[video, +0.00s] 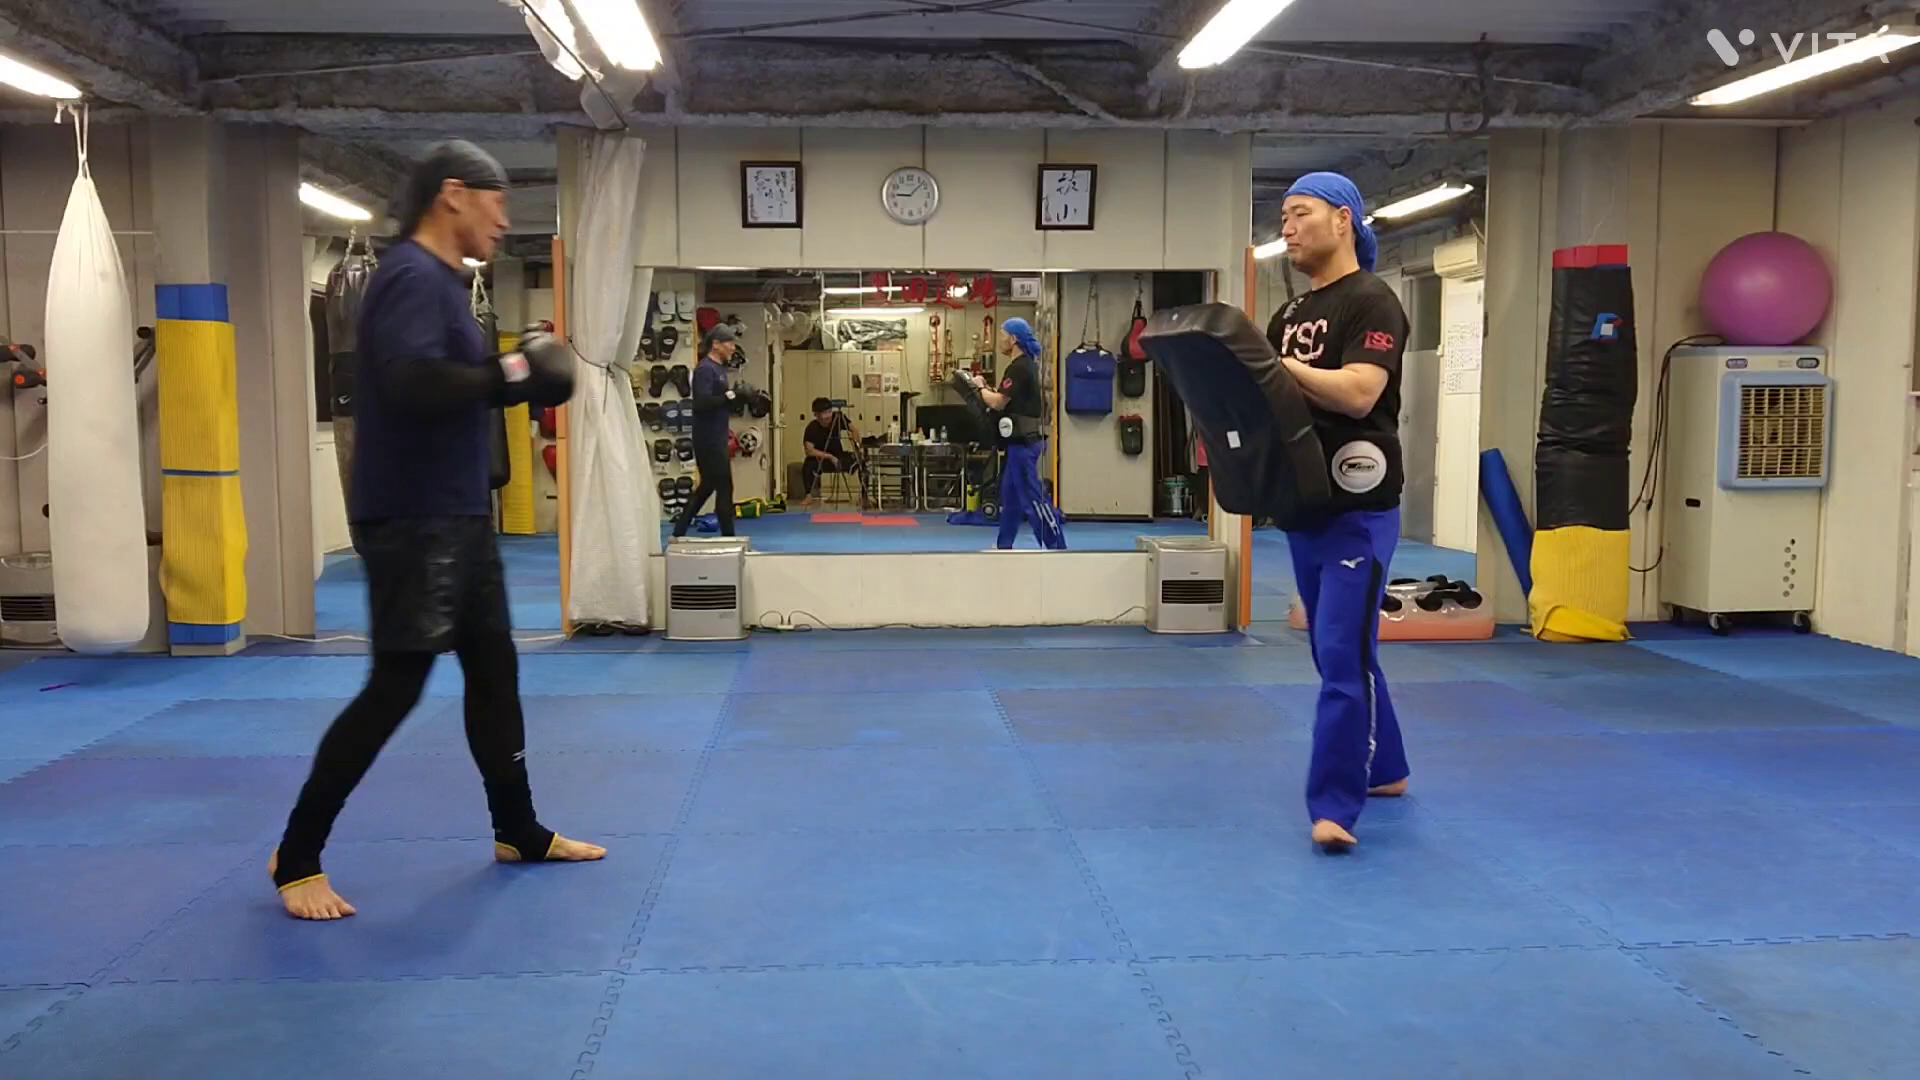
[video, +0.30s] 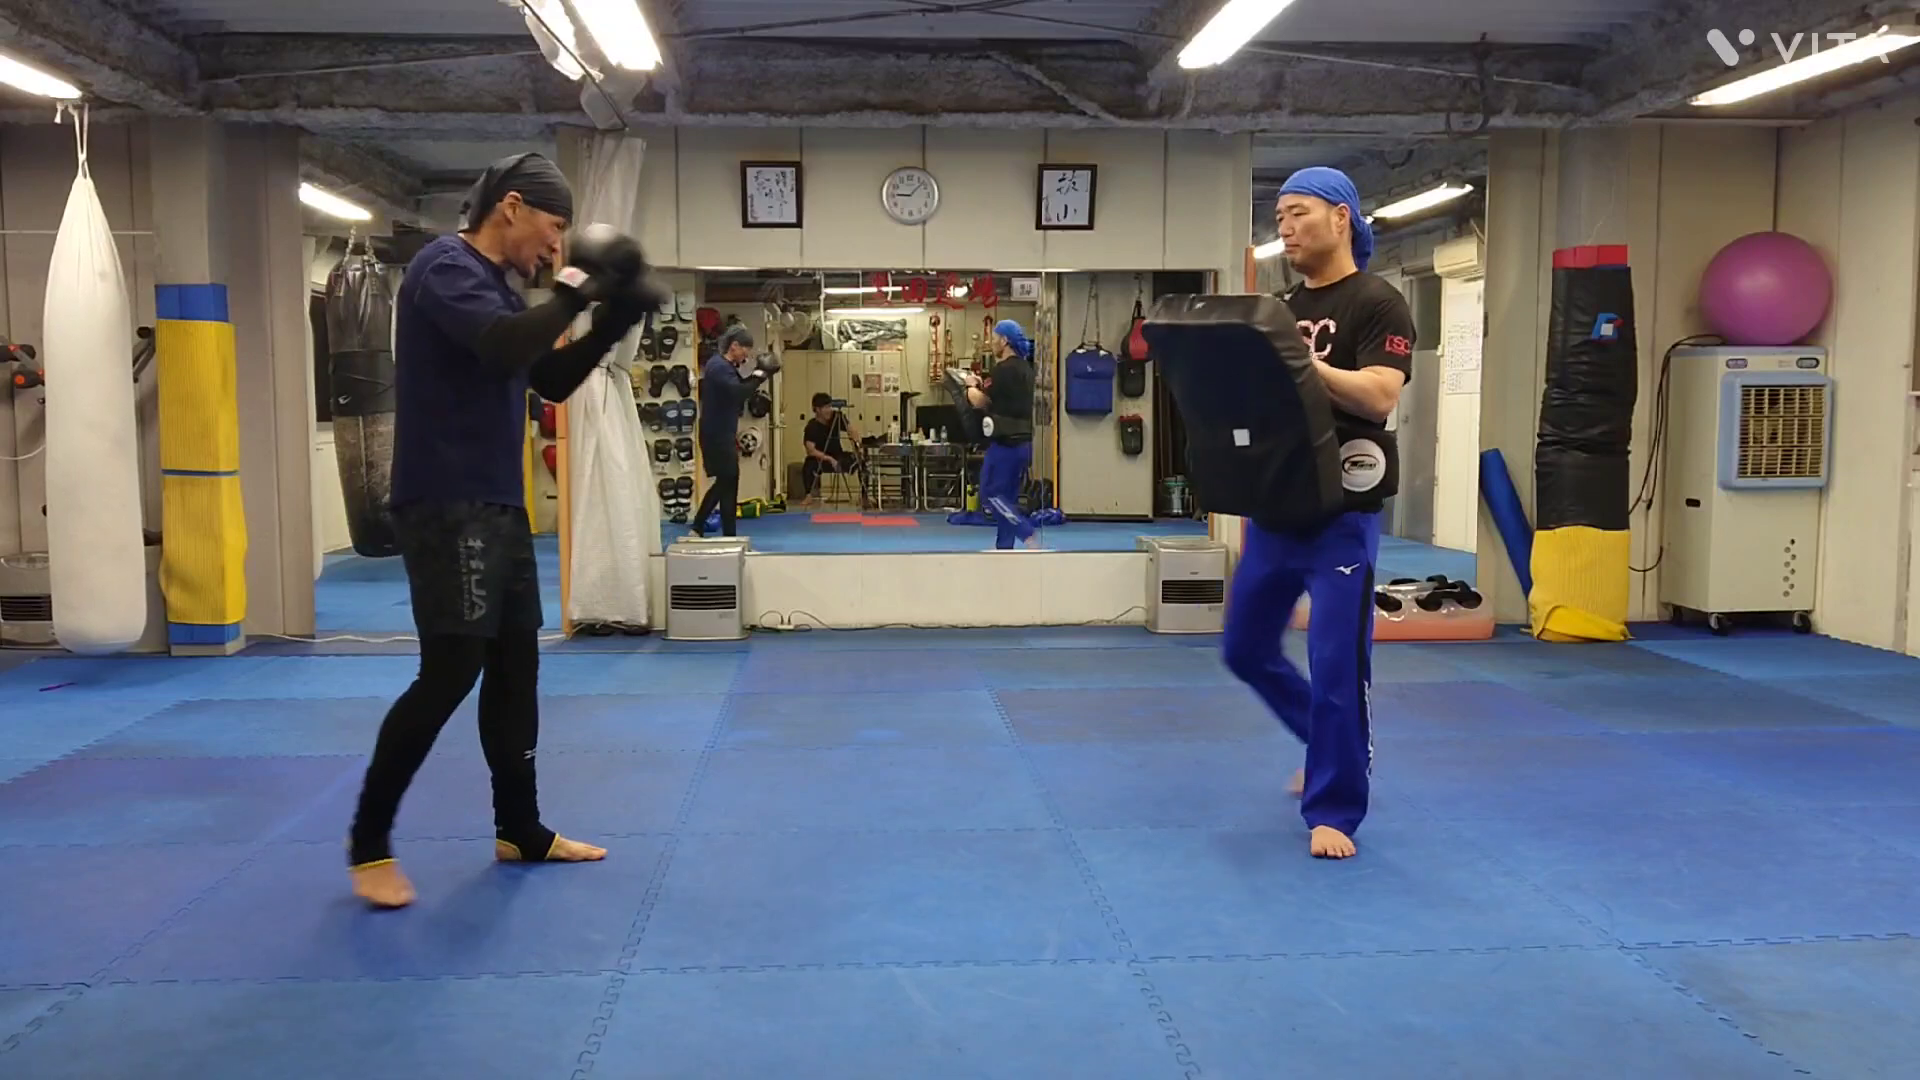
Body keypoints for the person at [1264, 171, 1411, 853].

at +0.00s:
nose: (1288, 225)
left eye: (1301, 213)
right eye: (1285, 218)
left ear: (1344, 222)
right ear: (1293, 234)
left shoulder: (1373, 299)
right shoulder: (1287, 316)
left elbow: (1360, 394)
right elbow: (1268, 396)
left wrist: (1277, 368)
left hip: (1362, 505)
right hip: (1306, 506)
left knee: (1339, 653)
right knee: (1343, 646)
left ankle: (1333, 808)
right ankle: (1385, 767)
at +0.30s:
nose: (1285, 227)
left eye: (1297, 213)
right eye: (1280, 218)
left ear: (1340, 217)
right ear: (1284, 230)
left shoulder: (1379, 299)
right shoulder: (1279, 310)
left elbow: (1382, 394)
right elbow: (1244, 385)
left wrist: (1303, 367)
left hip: (1345, 513)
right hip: (1275, 510)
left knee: (1334, 669)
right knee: (1245, 649)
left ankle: (1333, 815)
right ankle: (1328, 738)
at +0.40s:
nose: (1279, 225)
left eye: (1292, 211)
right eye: (1273, 216)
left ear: (1335, 214)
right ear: (1271, 228)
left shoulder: (1377, 299)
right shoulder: (1268, 305)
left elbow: (1387, 396)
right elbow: (1229, 386)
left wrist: (1315, 361)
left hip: (1334, 516)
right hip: (1257, 513)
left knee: (1336, 674)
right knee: (1214, 646)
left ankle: (1332, 815)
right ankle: (1269, 746)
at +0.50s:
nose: (1268, 226)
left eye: (1281, 210)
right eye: (1262, 216)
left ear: (1324, 215)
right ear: (1262, 228)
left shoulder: (1367, 297)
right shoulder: (1253, 302)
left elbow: (1389, 396)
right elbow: (1213, 375)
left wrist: (1326, 365)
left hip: (1325, 517)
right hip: (1241, 511)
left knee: (1335, 673)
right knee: (1194, 641)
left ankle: (1332, 816)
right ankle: (1188, 771)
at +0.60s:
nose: (1251, 227)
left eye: (1264, 212)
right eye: (1246, 216)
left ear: (1308, 216)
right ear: (1245, 226)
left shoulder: (1354, 304)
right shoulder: (1229, 307)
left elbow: (1381, 399)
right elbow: (1193, 386)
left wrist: (1318, 364)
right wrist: (1202, 338)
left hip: (1310, 523)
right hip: (1223, 518)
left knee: (1329, 676)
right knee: (1164, 648)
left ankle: (1331, 818)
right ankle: (1119, 780)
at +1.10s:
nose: (1156, 237)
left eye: (1169, 222)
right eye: (1149, 227)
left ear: (1211, 227)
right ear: (1144, 238)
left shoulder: (1256, 317)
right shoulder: (1124, 313)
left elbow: (1295, 414)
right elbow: (1091, 395)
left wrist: (1225, 380)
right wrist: (1150, 367)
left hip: (1224, 530)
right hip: (1132, 526)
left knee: (1275, 673)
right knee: (1089, 670)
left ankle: (1318, 816)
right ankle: (1064, 797)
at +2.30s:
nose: (1242, 249)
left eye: (1254, 235)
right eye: (1232, 239)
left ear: (1288, 241)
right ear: (1225, 250)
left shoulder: (1330, 323)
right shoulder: (1201, 322)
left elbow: (1345, 410)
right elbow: (1180, 403)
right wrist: (1237, 379)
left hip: (1293, 518)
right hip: (1209, 512)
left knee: (1323, 653)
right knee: (1160, 639)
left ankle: (1328, 769)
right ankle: (1129, 765)